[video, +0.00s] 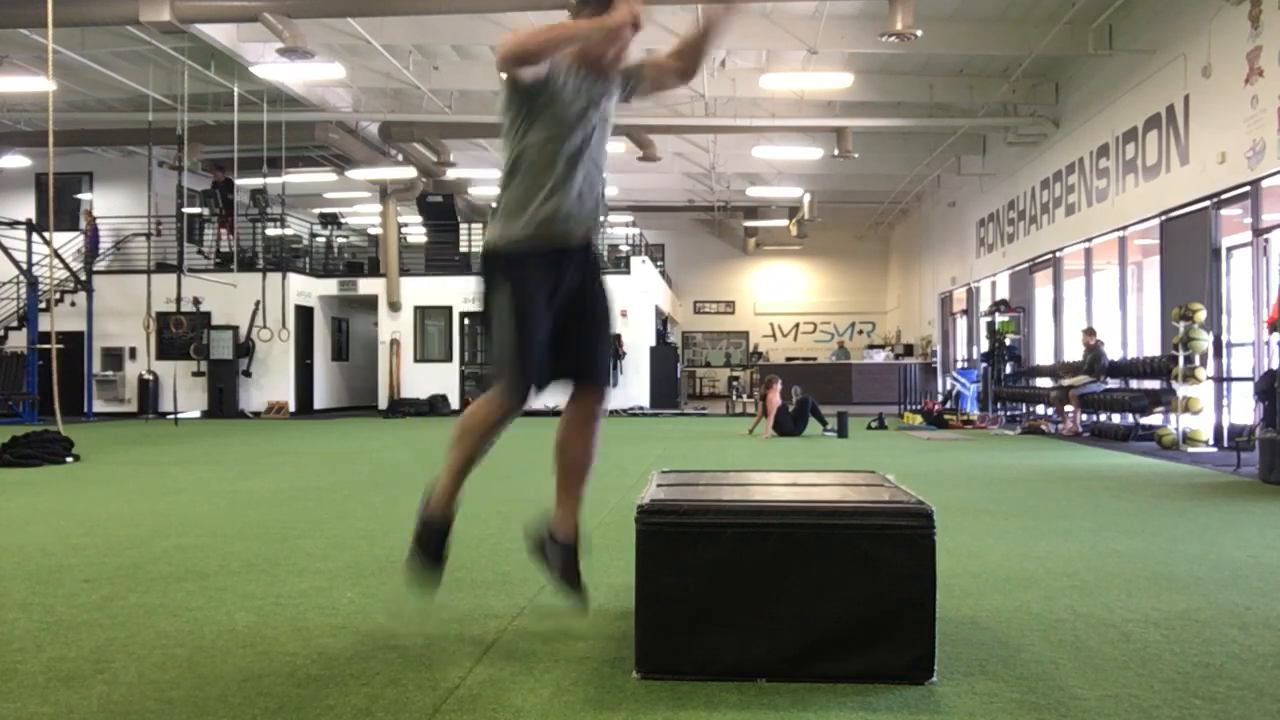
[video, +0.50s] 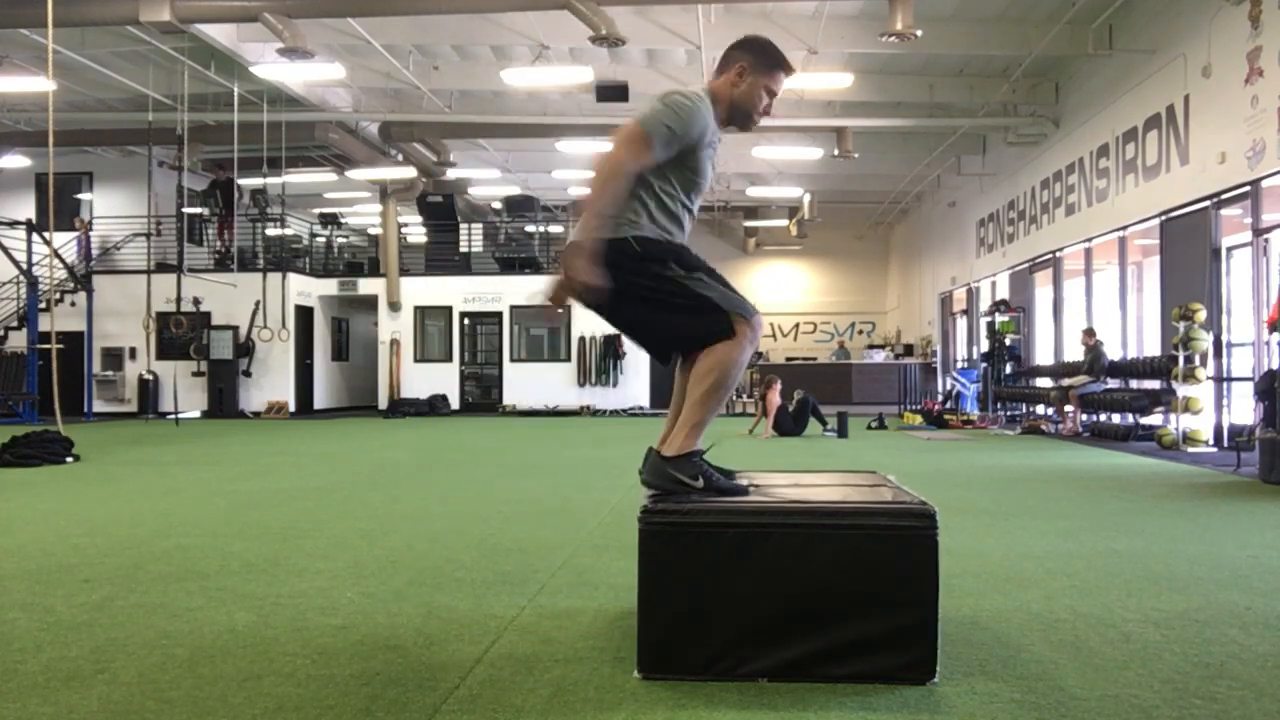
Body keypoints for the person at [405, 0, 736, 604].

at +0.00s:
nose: (627, 43)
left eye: (632, 34)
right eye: (622, 29)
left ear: (624, 38)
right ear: (589, 23)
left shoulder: (613, 77)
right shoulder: (544, 62)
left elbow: (677, 68)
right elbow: (510, 54)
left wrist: (712, 22)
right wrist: (590, 27)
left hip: (577, 252)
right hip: (520, 248)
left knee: (591, 387)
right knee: (513, 386)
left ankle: (563, 532)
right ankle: (439, 506)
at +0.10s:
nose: (668, 35)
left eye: (673, 25)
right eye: (664, 21)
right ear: (631, 8)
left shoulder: (643, 66)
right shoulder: (577, 34)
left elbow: (690, 84)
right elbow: (506, 42)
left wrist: (742, 93)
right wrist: (553, 93)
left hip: (575, 211)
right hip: (524, 208)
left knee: (647, 306)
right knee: (593, 308)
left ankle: (565, 415)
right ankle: (500, 404)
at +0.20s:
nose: (711, 45)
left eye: (717, 35)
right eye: (707, 29)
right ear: (672, 12)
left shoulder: (672, 83)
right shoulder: (617, 40)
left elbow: (688, 132)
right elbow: (529, 54)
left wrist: (715, 168)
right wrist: (465, 127)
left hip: (585, 189)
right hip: (541, 183)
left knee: (682, 256)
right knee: (662, 249)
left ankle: (602, 374)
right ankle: (591, 377)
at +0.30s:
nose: (746, 65)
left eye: (751, 56)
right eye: (743, 50)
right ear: (711, 32)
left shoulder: (688, 96)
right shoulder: (647, 58)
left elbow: (652, 169)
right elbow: (552, 71)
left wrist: (648, 224)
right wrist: (473, 125)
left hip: (610, 204)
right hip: (571, 196)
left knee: (692, 277)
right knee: (683, 275)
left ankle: (667, 418)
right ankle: (662, 420)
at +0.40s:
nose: (763, 91)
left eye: (767, 81)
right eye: (761, 76)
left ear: (732, 63)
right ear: (730, 58)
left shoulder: (698, 113)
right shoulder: (674, 88)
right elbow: (578, 114)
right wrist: (511, 181)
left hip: (627, 236)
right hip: (606, 232)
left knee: (712, 326)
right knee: (720, 321)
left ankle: (668, 458)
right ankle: (671, 458)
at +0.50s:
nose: (769, 108)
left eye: (774, 99)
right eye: (767, 93)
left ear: (737, 79)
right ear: (737, 74)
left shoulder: (701, 128)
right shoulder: (691, 108)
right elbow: (619, 160)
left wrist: (574, 266)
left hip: (619, 255)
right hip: (632, 247)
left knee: (708, 342)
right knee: (743, 327)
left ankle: (668, 456)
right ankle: (680, 454)